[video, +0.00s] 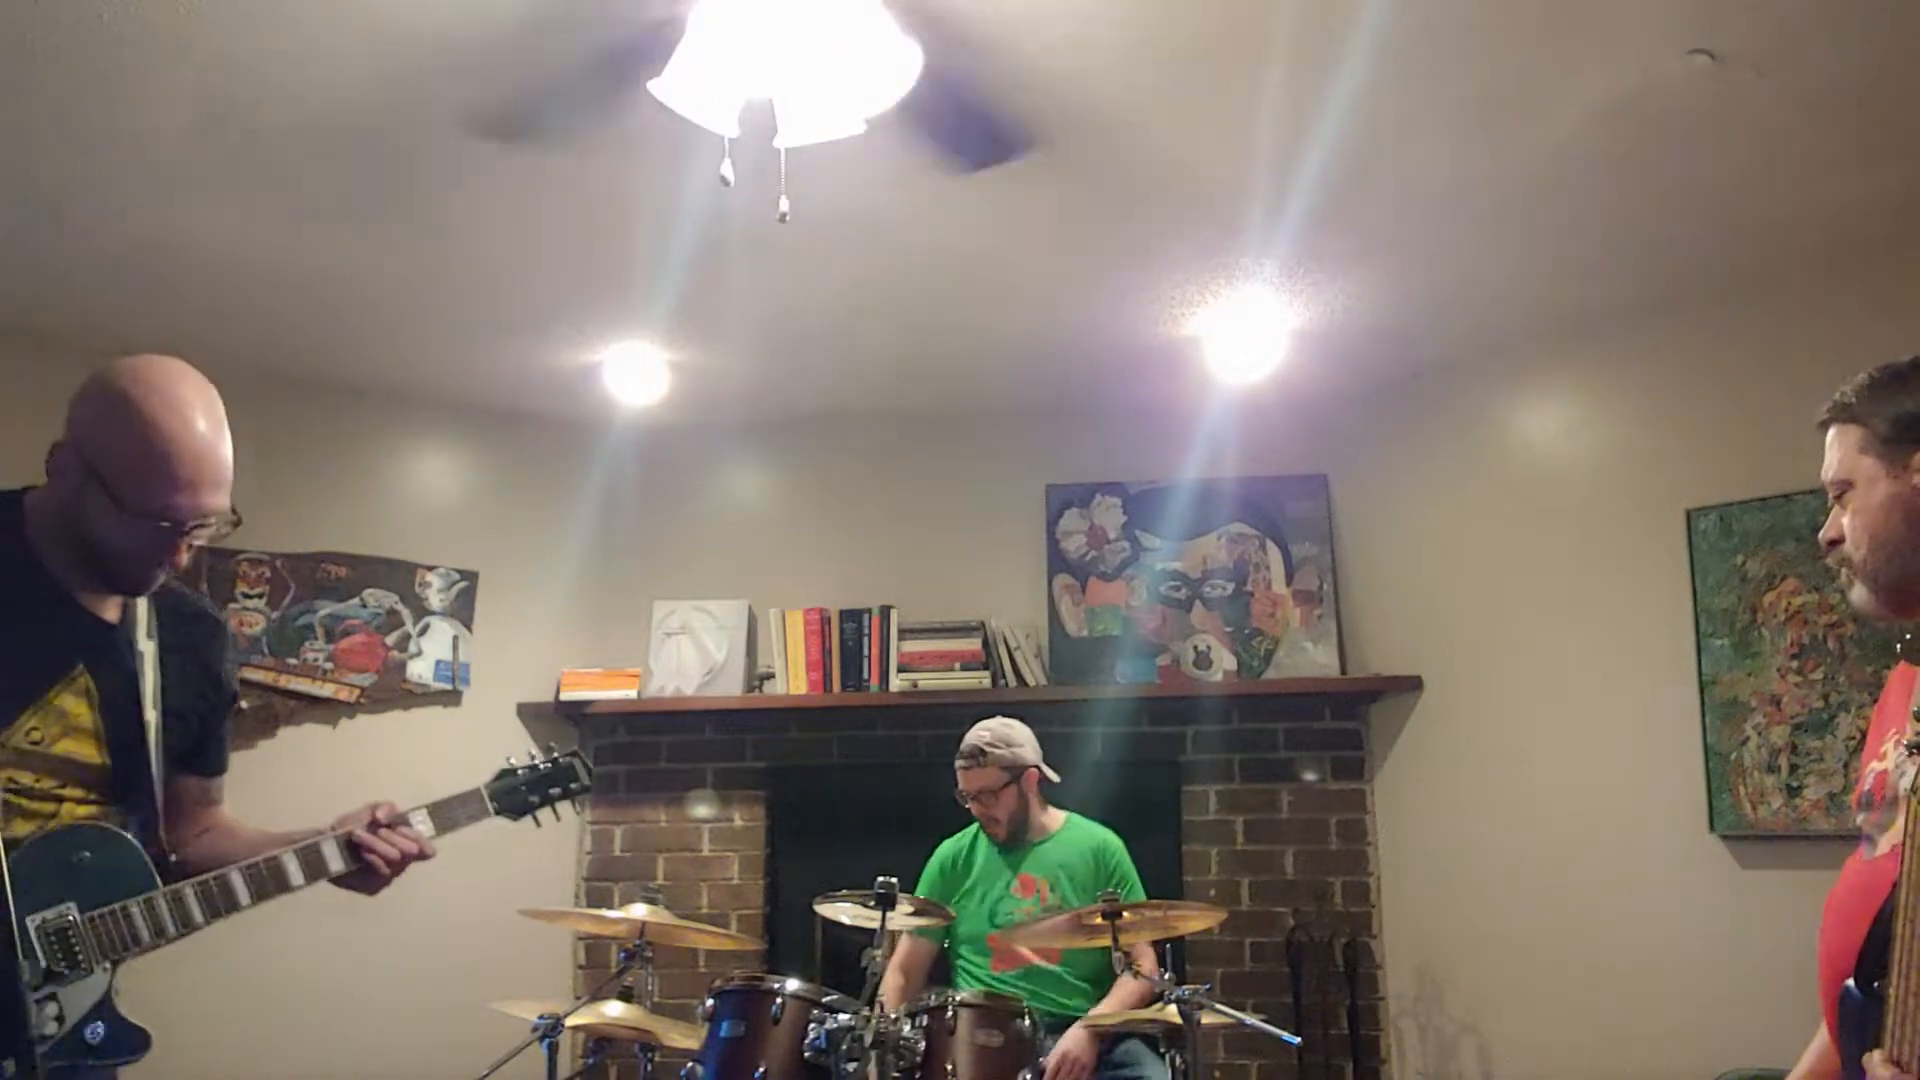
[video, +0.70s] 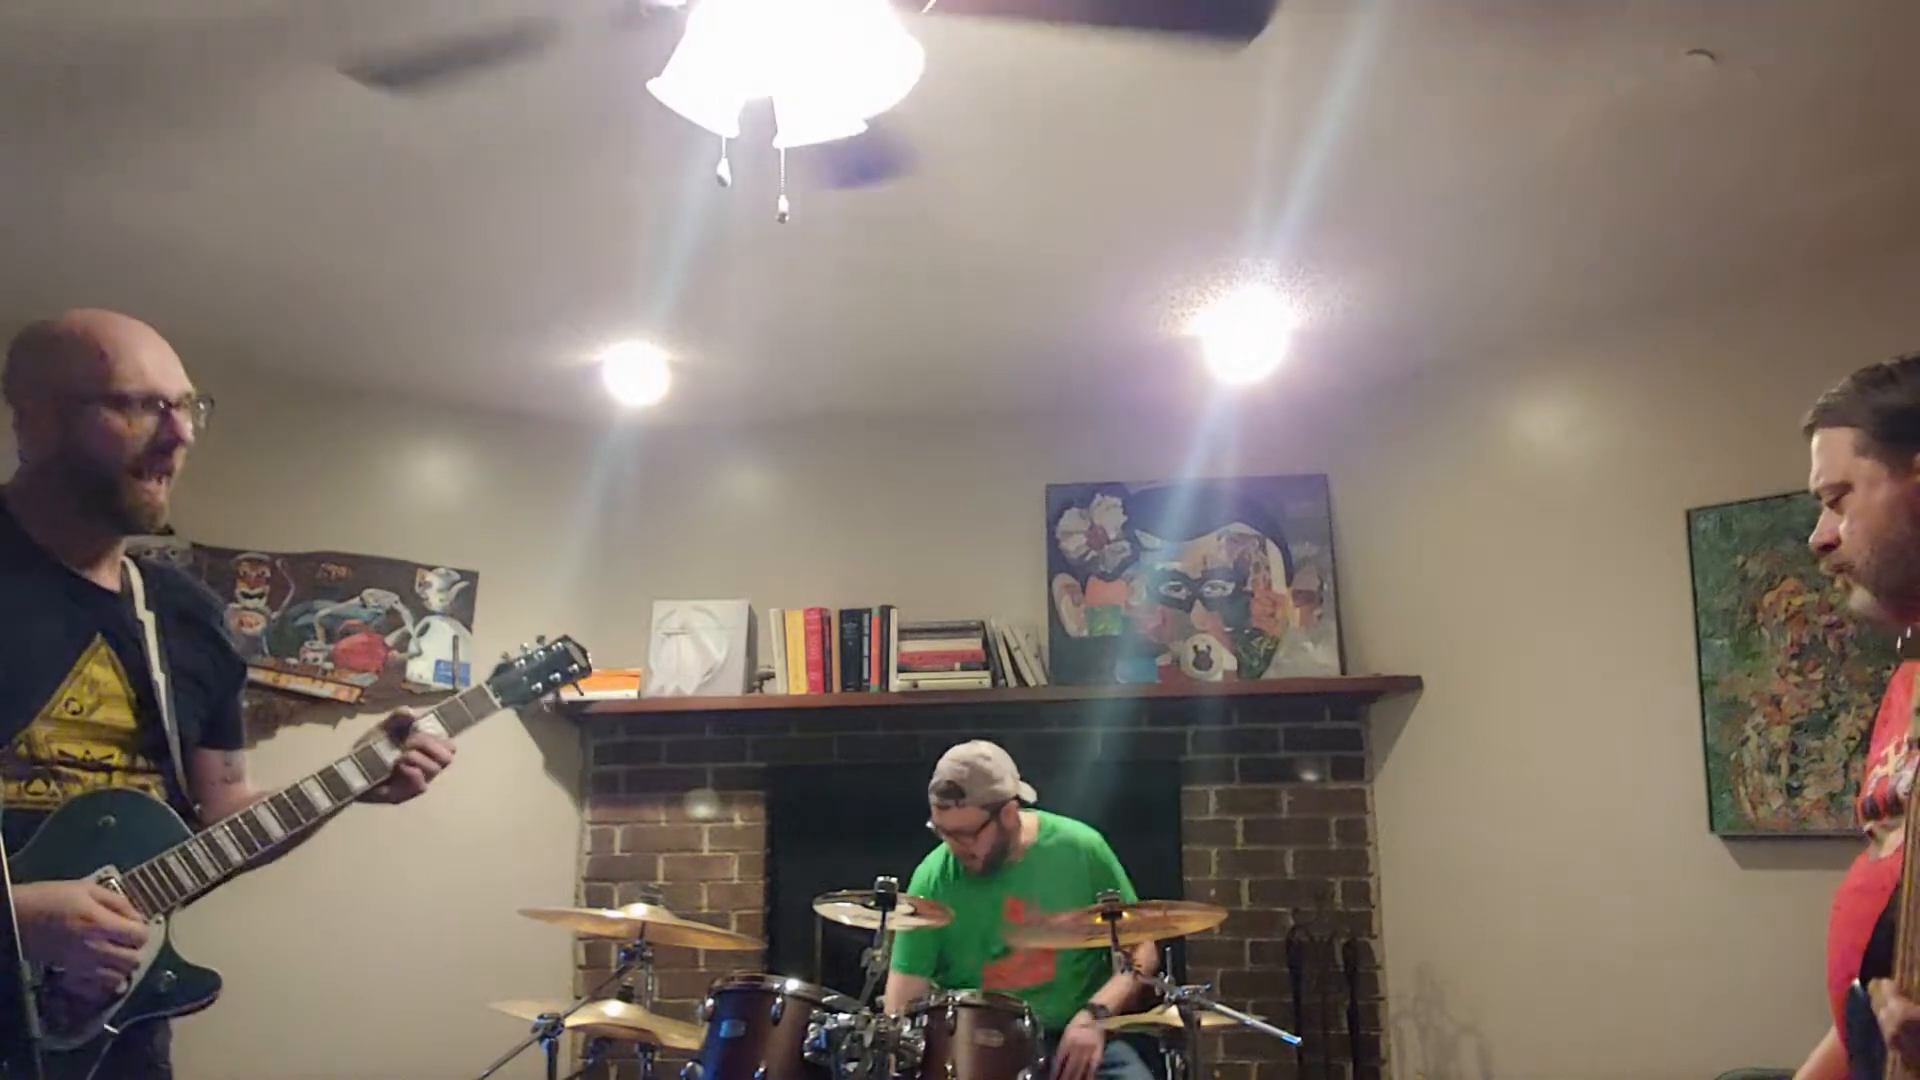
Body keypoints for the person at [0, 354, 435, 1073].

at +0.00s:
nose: (182, 556)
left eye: (204, 527)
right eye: (162, 527)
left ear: (223, 495)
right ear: (65, 470)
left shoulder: (189, 635)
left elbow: (190, 835)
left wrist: (328, 846)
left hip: (61, 1029)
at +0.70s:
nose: (178, 434)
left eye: (186, 408)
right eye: (139, 406)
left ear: (194, 418)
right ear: (31, 417)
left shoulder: (185, 615)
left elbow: (221, 810)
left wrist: (359, 775)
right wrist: (19, 916)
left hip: (120, 1033)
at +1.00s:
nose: (166, 404)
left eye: (166, 381)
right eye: (128, 372)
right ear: (16, 385)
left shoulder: (142, 618)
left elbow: (176, 793)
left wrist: (336, 758)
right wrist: (26, 920)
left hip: (89, 1037)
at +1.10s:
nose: (156, 398)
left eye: (153, 374)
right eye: (124, 363)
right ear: (11, 373)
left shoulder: (95, 600)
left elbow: (135, 790)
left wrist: (311, 750)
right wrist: (25, 914)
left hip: (58, 1033)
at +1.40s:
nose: (113, 404)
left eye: (111, 374)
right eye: (100, 368)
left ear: (19, 361)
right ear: (17, 359)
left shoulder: (19, 589)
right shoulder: (16, 590)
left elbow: (49, 789)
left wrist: (207, 743)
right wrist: (49, 923)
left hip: (37, 1025)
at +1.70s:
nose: (64, 394)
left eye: (66, 361)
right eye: (59, 355)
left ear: (12, 349)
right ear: (5, 345)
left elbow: (0, 766)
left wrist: (91, 749)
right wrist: (61, 926)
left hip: (22, 1023)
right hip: (12, 1029)